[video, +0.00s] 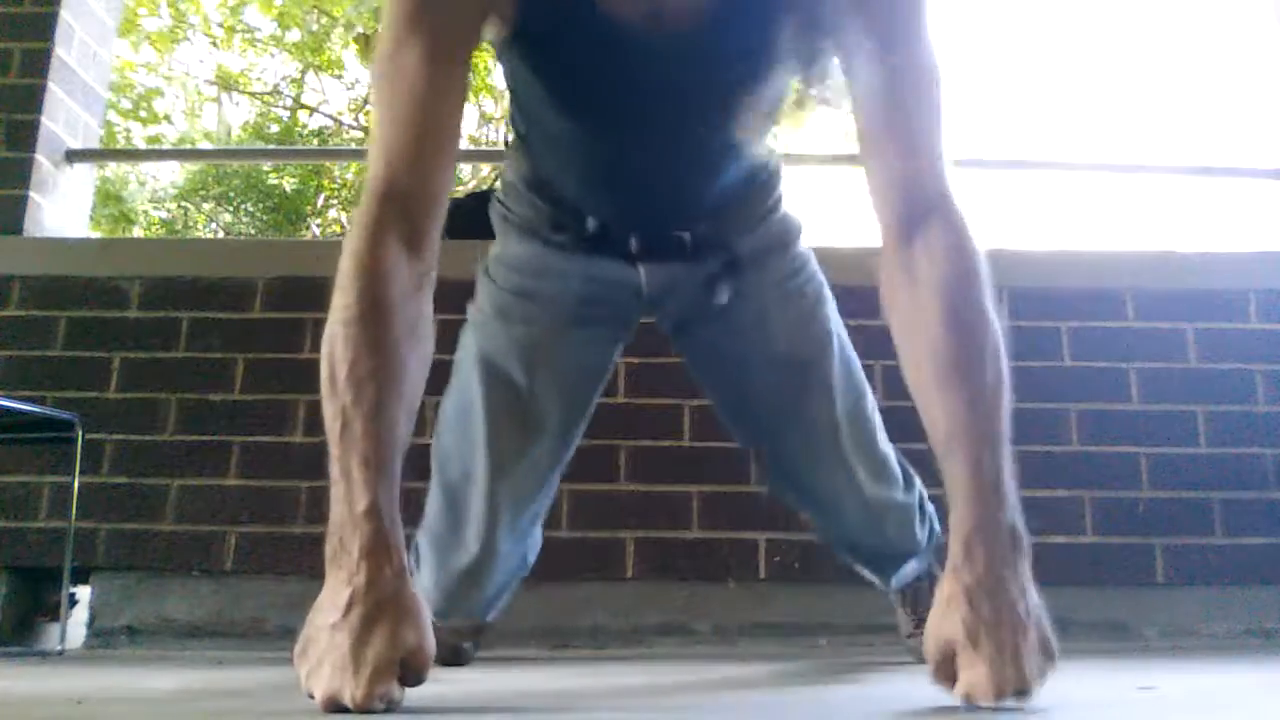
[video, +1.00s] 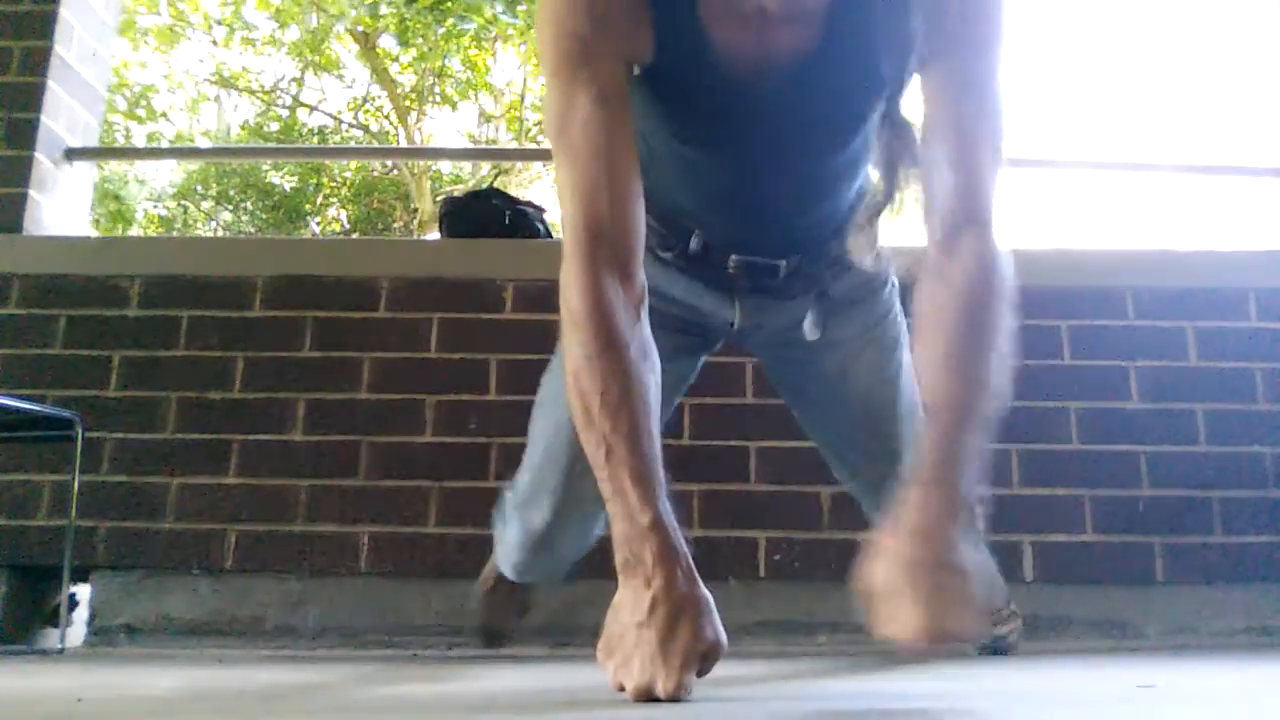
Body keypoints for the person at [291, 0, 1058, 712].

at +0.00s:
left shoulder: (858, 7)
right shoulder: (463, 7)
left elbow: (920, 229)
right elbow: (393, 234)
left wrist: (991, 551)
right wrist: (361, 562)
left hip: (738, 239)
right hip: (551, 243)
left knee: (865, 498)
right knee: (467, 546)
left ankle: (938, 591)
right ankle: (437, 620)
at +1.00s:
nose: (769, 15)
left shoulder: (945, 9)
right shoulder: (593, 11)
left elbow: (964, 237)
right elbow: (601, 274)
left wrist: (934, 511)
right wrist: (652, 564)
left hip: (832, 281)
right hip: (658, 272)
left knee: (939, 536)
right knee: (536, 539)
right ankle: (513, 571)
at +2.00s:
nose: (461, 32)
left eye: (494, 5)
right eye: (427, 4)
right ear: (380, 4)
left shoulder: (639, 32)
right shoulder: (318, 37)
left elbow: (771, 293)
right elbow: (270, 302)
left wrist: (775, 571)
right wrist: (256, 572)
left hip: (648, 336)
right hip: (494, 326)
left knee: (692, 568)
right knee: (459, 579)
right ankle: (527, 563)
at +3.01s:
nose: (357, 5)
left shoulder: (539, 22)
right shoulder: (237, 31)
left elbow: (660, 264)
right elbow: (240, 299)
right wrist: (248, 565)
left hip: (531, 316)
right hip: (367, 316)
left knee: (615, 542)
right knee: (299, 564)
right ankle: (357, 564)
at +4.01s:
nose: (767, 26)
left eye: (798, 0)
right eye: (731, 1)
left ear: (837, 0)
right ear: (673, 5)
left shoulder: (896, 24)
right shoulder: (593, 21)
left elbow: (904, 296)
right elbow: (617, 303)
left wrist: (867, 572)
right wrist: (674, 571)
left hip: (813, 347)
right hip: (661, 335)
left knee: (913, 503)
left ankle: (1012, 565)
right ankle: (587, 598)